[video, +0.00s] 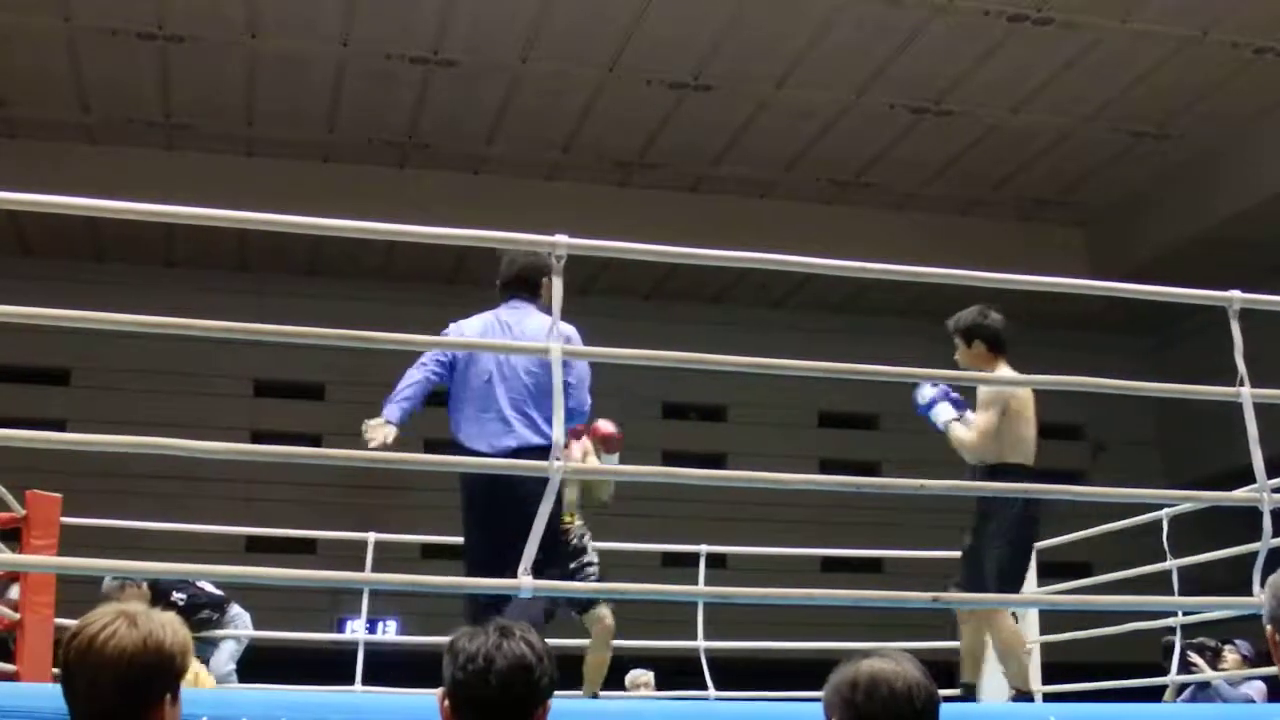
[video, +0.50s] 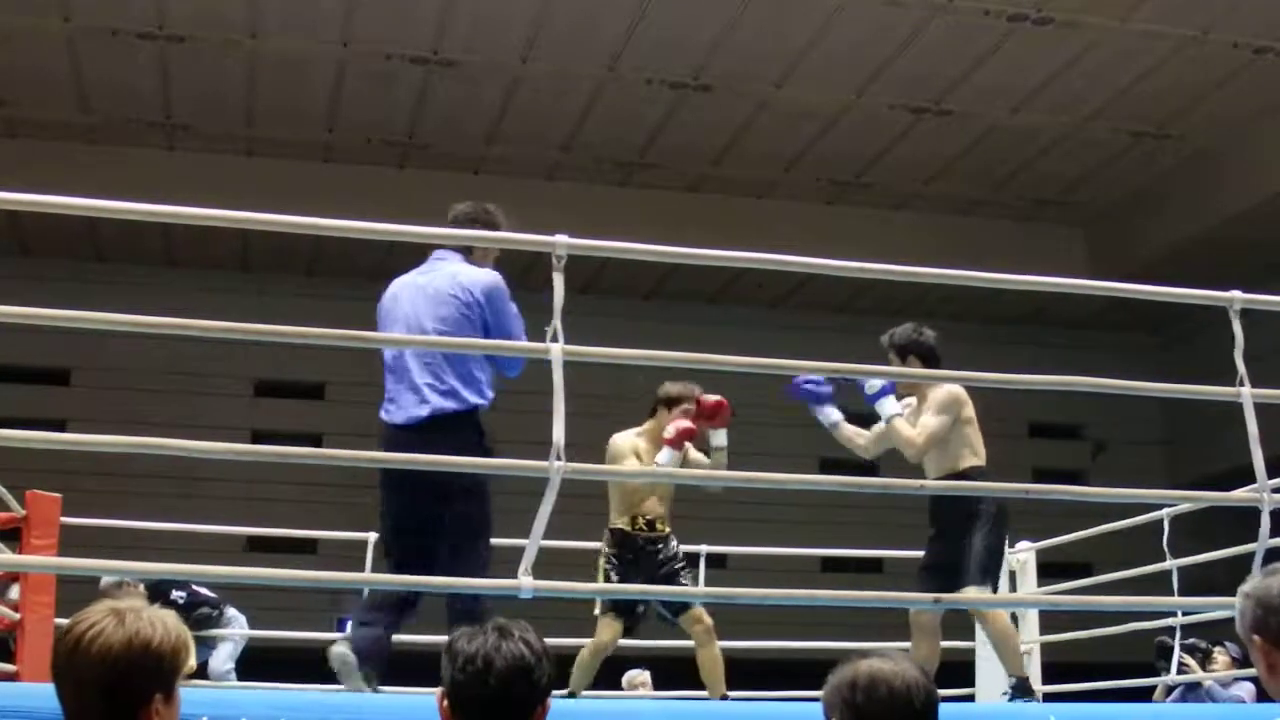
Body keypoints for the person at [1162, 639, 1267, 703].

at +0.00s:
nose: (1223, 654)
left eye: (1231, 652)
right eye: (1222, 651)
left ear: (1245, 660)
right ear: (1217, 655)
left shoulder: (1257, 686)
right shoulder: (1201, 687)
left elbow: (1235, 700)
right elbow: (1167, 711)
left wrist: (1207, 672)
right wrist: (1174, 684)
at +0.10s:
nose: (1220, 654)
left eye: (1228, 652)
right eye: (1219, 651)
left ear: (1242, 661)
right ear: (1213, 656)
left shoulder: (1253, 686)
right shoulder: (1197, 687)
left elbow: (1236, 703)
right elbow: (1165, 712)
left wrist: (1205, 673)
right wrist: (1171, 685)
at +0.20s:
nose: (1218, 655)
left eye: (1226, 652)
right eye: (1217, 651)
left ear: (1240, 662)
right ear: (1212, 657)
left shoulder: (1251, 686)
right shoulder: (1194, 687)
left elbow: (1237, 705)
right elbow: (1162, 712)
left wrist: (1204, 675)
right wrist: (1168, 686)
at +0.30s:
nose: (1216, 655)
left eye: (1224, 653)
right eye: (1215, 652)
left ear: (1238, 663)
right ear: (1210, 658)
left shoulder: (1249, 686)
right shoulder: (1192, 688)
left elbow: (1236, 706)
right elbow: (1159, 711)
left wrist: (1202, 677)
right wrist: (1166, 685)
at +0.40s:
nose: (1215, 656)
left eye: (1222, 653)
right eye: (1213, 653)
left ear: (1236, 663)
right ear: (1207, 659)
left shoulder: (1247, 686)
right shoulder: (1189, 688)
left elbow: (1235, 706)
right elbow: (1158, 711)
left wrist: (1200, 676)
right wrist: (1166, 682)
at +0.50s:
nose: (1213, 656)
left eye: (1221, 653)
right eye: (1211, 653)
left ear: (1234, 663)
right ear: (1206, 659)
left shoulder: (1246, 687)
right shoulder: (1189, 688)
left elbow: (1234, 705)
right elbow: (1158, 710)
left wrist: (1199, 675)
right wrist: (1165, 678)